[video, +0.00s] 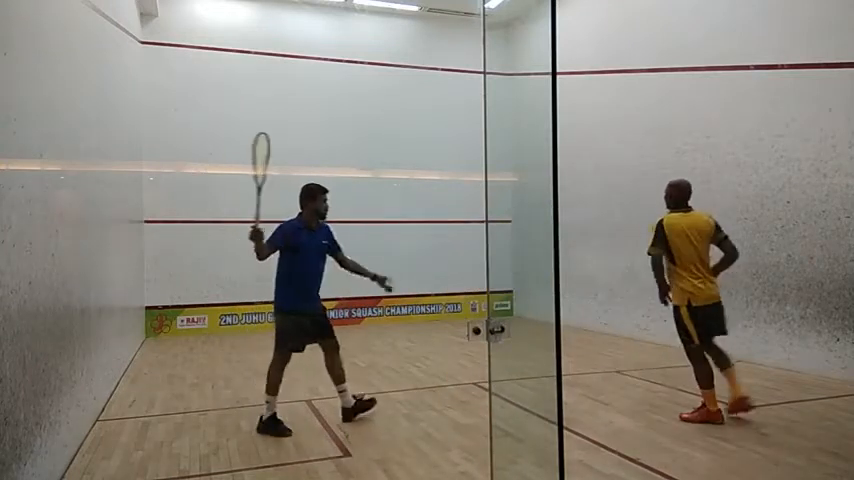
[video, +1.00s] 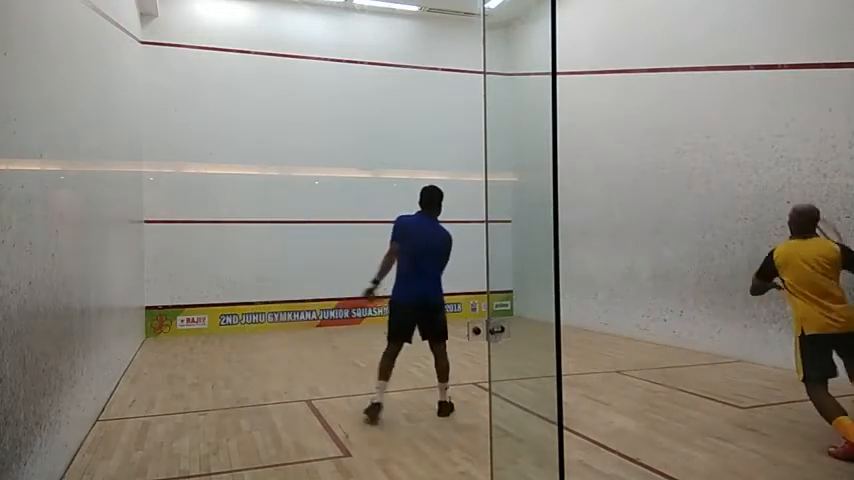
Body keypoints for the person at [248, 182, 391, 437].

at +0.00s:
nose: (327, 206)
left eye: (327, 201)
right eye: (323, 201)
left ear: (316, 204)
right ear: (307, 203)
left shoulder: (324, 232)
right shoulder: (288, 230)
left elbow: (344, 262)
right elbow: (263, 254)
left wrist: (374, 276)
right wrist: (258, 241)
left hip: (312, 304)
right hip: (288, 306)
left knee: (331, 348)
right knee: (281, 358)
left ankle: (348, 405)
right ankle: (268, 416)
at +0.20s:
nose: (353, 209)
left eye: (353, 205)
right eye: (350, 205)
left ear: (340, 207)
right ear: (337, 207)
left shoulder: (342, 232)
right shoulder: (317, 233)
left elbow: (350, 256)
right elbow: (310, 262)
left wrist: (381, 259)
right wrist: (316, 241)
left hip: (332, 304)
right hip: (316, 306)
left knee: (350, 347)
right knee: (306, 358)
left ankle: (355, 406)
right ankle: (275, 411)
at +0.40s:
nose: (377, 211)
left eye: (377, 207)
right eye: (375, 207)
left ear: (357, 207)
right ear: (364, 208)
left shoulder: (344, 228)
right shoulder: (354, 235)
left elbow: (342, 269)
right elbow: (379, 271)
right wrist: (404, 273)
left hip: (341, 302)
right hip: (347, 304)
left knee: (359, 351)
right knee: (354, 353)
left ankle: (356, 405)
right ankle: (310, 395)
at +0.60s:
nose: (397, 211)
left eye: (396, 206)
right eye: (395, 206)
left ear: (375, 205)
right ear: (390, 207)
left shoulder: (354, 225)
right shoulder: (393, 239)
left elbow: (337, 256)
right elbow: (388, 274)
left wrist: (341, 277)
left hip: (352, 302)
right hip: (377, 303)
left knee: (363, 349)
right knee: (391, 346)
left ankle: (357, 402)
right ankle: (372, 395)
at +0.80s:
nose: (416, 210)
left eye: (414, 205)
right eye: (416, 206)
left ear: (395, 204)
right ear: (415, 207)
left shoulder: (378, 224)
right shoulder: (418, 237)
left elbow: (356, 258)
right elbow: (405, 270)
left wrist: (333, 283)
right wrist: (374, 279)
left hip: (376, 303)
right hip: (404, 303)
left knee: (372, 349)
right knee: (419, 347)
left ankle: (359, 404)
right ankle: (437, 400)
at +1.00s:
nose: (438, 208)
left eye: (434, 203)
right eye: (439, 204)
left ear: (419, 203)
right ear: (440, 206)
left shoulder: (403, 223)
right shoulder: (444, 237)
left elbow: (391, 255)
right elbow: (438, 270)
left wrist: (375, 283)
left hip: (402, 301)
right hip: (431, 302)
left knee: (392, 348)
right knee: (440, 350)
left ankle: (377, 401)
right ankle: (444, 401)